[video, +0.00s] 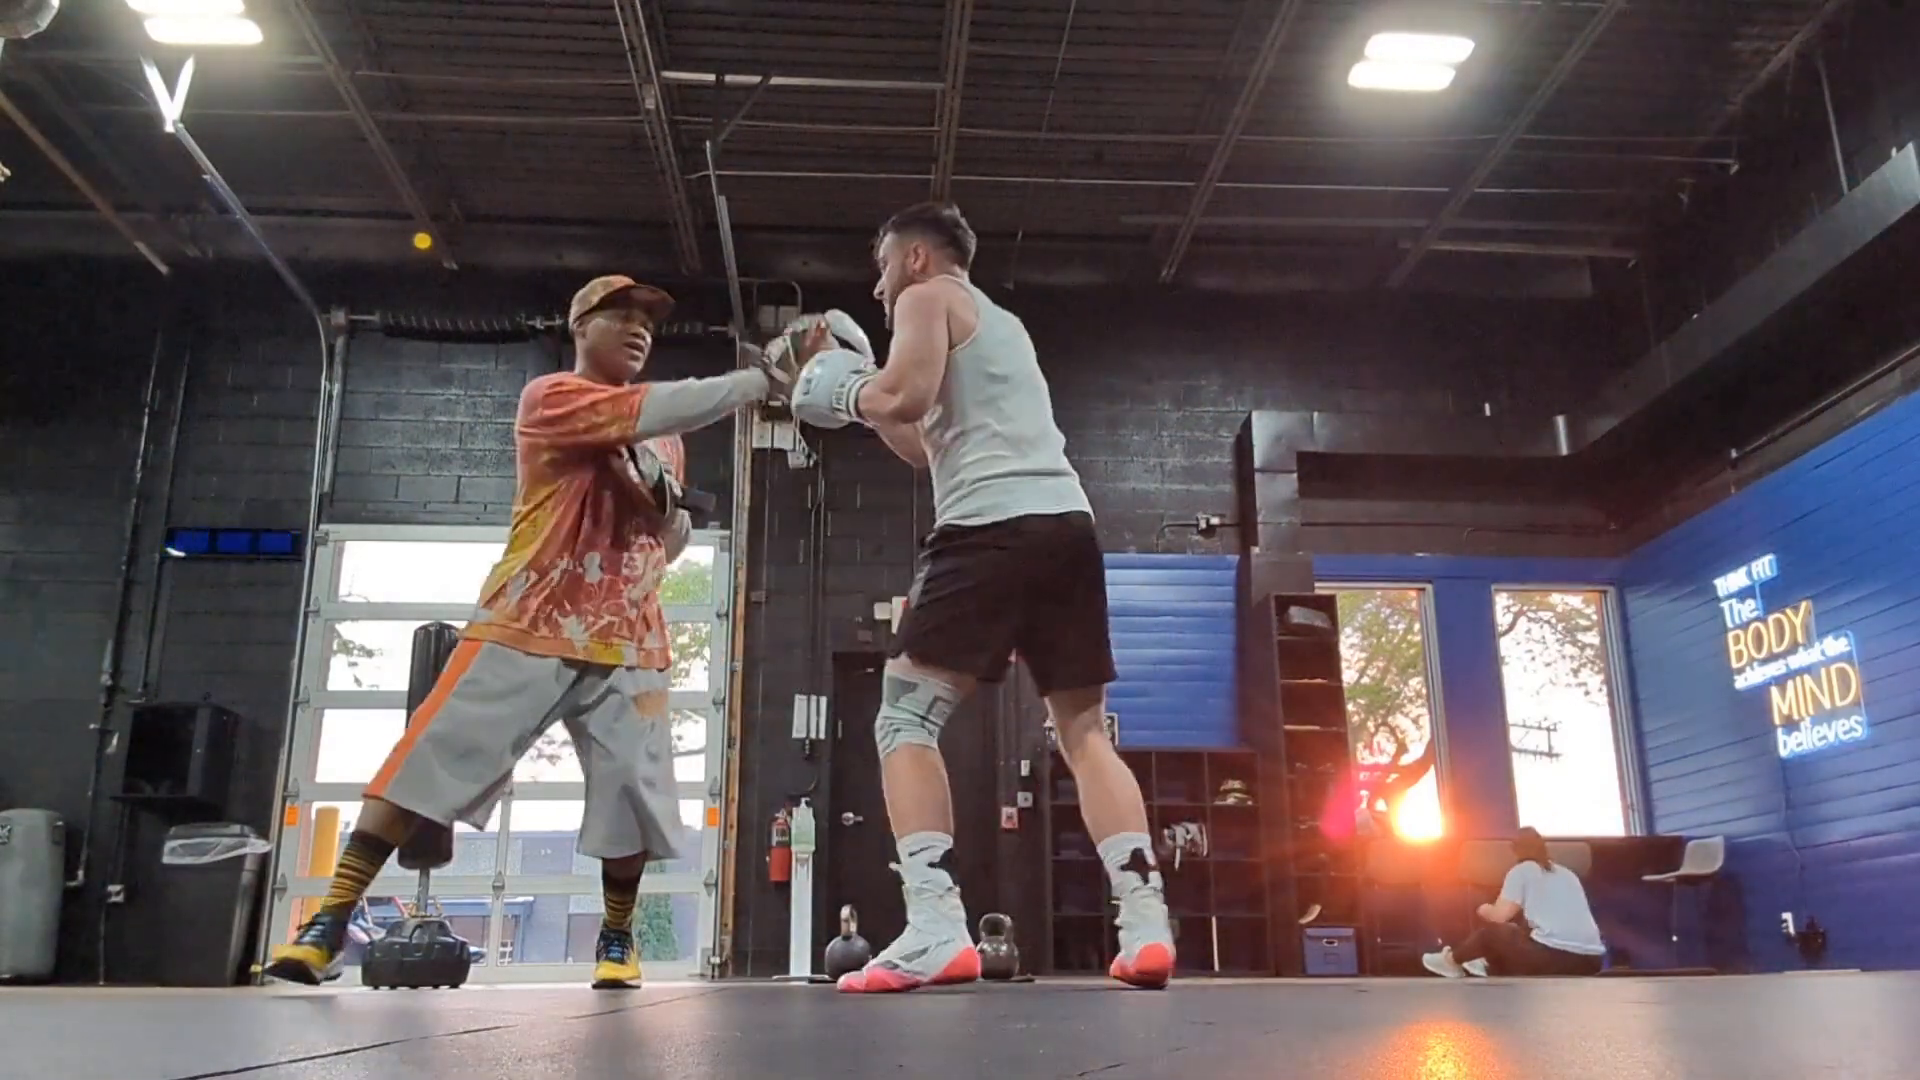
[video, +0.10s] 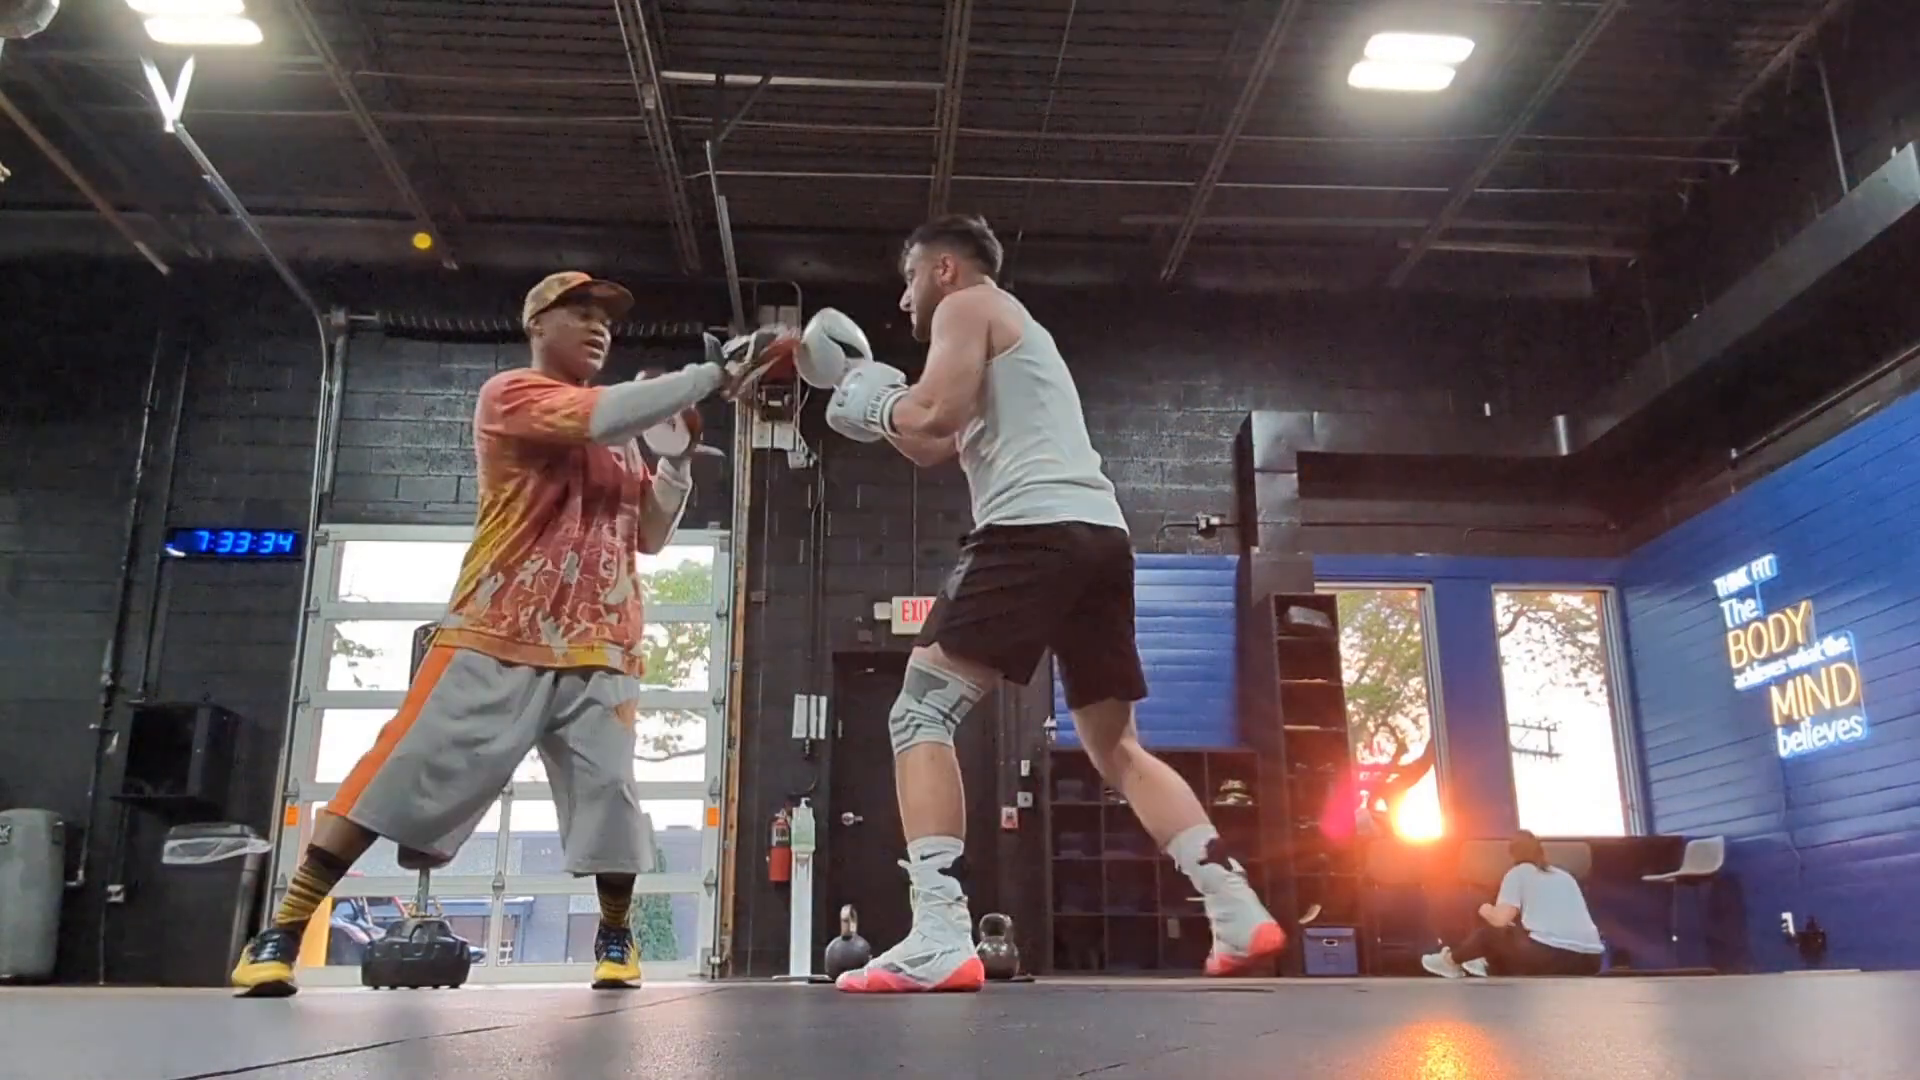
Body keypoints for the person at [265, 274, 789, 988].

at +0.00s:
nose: (640, 333)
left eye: (648, 326)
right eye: (624, 319)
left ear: (649, 342)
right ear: (581, 328)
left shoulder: (659, 433)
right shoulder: (548, 400)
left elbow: (669, 545)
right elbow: (655, 406)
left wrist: (668, 501)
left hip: (628, 637)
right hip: (530, 622)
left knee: (631, 786)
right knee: (430, 749)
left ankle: (618, 939)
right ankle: (330, 923)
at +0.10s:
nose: (600, 332)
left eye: (606, 325)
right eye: (584, 318)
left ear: (607, 340)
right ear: (538, 326)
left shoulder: (619, 435)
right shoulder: (507, 395)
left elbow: (650, 536)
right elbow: (595, 416)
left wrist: (676, 463)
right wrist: (718, 371)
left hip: (596, 642)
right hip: (495, 630)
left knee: (610, 790)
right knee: (402, 765)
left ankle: (616, 934)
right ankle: (285, 928)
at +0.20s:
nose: (555, 313)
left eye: (560, 305)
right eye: (536, 297)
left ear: (562, 325)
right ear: (489, 311)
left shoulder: (584, 418)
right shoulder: (454, 391)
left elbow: (662, 480)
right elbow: (514, 456)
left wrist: (655, 404)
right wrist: (633, 421)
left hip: (581, 629)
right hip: (475, 617)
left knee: (618, 781)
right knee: (392, 759)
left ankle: (611, 915)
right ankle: (281, 930)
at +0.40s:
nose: (528, 277)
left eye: (530, 267)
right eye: (509, 261)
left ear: (526, 286)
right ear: (459, 276)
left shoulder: (562, 371)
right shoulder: (418, 375)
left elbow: (659, 404)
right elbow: (447, 478)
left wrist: (628, 308)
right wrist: (569, 442)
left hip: (571, 591)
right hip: (458, 595)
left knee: (632, 748)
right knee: (371, 759)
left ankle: (643, 934)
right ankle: (279, 933)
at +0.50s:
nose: (546, 260)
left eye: (550, 249)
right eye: (526, 245)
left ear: (551, 270)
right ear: (476, 263)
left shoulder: (581, 352)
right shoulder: (435, 363)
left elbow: (682, 384)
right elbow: (445, 461)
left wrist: (687, 281)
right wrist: (552, 410)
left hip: (587, 598)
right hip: (468, 599)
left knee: (634, 758)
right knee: (380, 752)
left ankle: (647, 936)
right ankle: (287, 924)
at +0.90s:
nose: (606, 271)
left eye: (613, 261)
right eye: (587, 256)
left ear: (621, 282)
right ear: (539, 278)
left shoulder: (649, 369)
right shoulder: (491, 352)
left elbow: (755, 410)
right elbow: (499, 394)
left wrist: (777, 327)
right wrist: (586, 304)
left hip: (630, 588)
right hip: (513, 585)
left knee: (692, 748)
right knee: (439, 736)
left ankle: (710, 937)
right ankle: (335, 924)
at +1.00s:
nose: (630, 299)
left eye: (638, 288)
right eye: (613, 284)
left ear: (648, 304)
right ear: (577, 290)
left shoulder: (658, 387)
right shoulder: (536, 351)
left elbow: (691, 510)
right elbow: (588, 369)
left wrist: (716, 455)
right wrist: (617, 280)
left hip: (659, 608)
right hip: (551, 597)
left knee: (707, 766)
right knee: (453, 756)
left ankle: (718, 940)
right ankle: (342, 913)